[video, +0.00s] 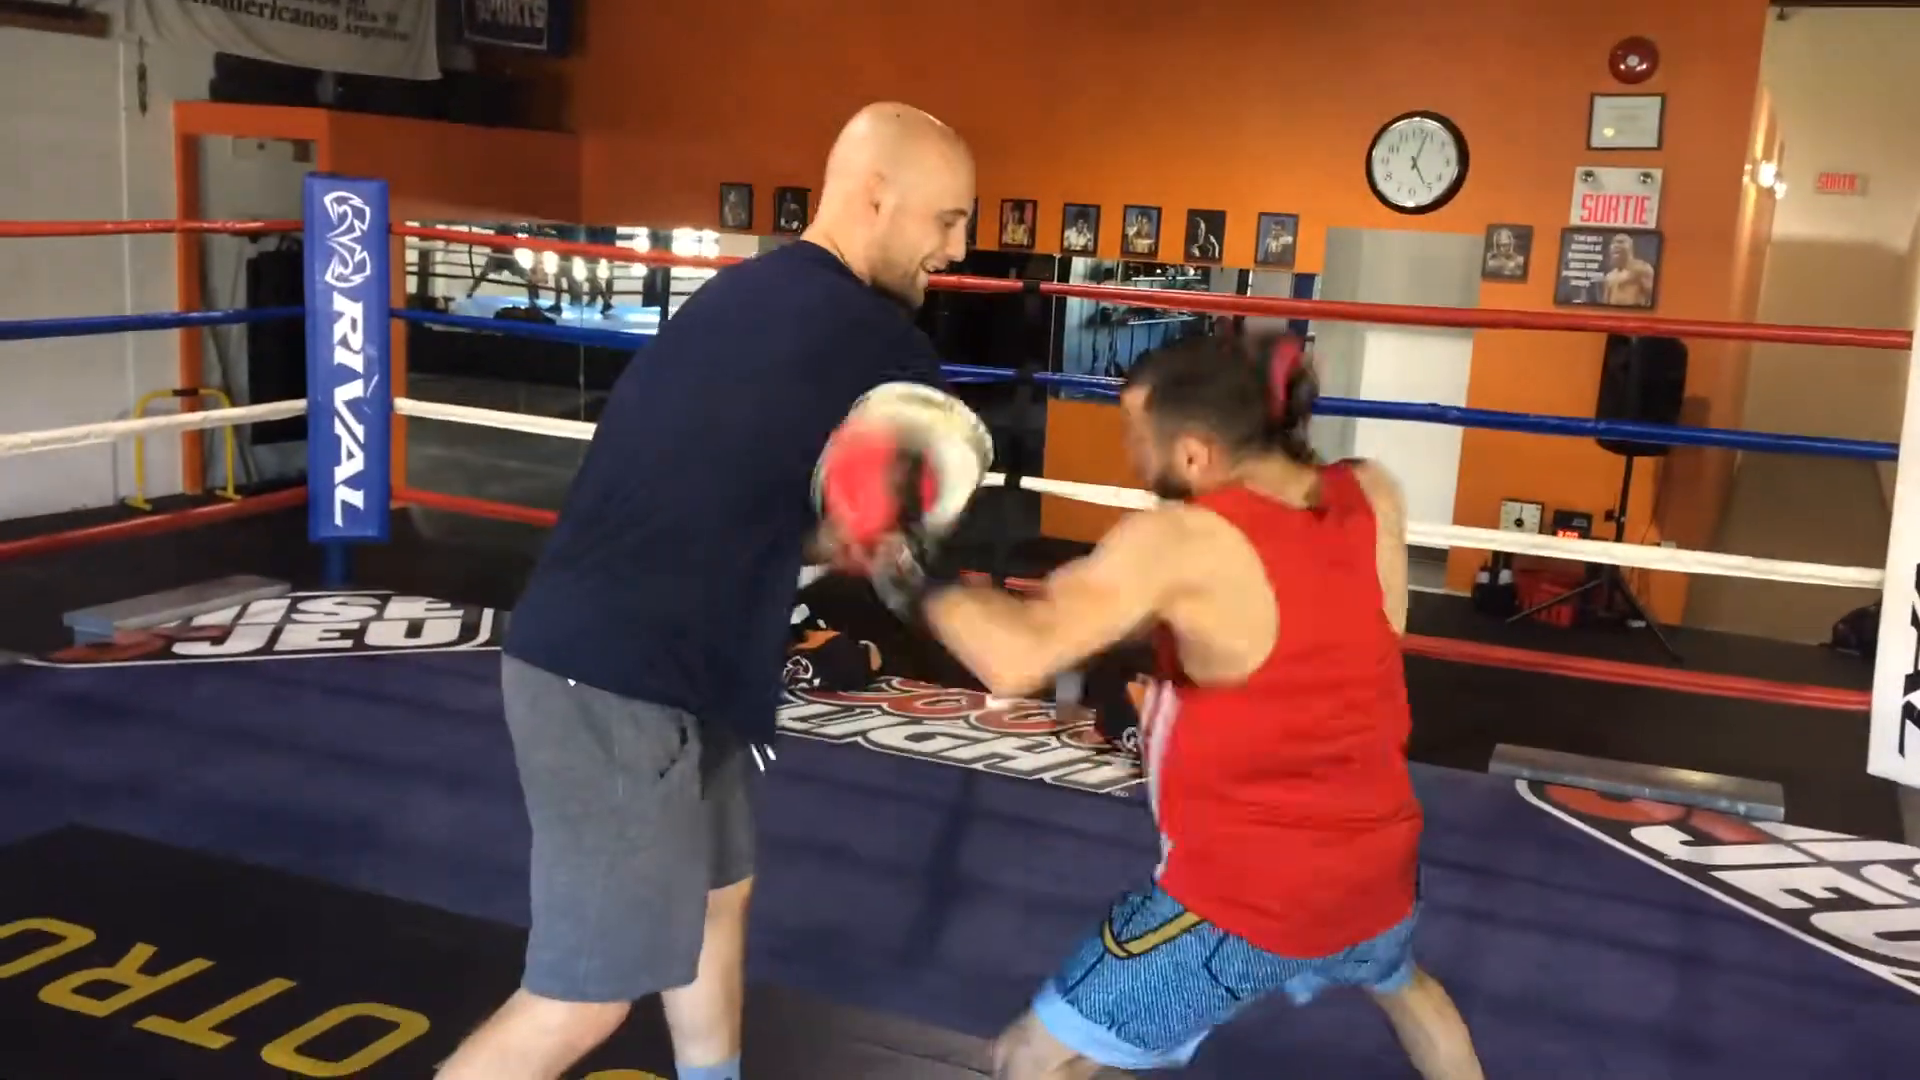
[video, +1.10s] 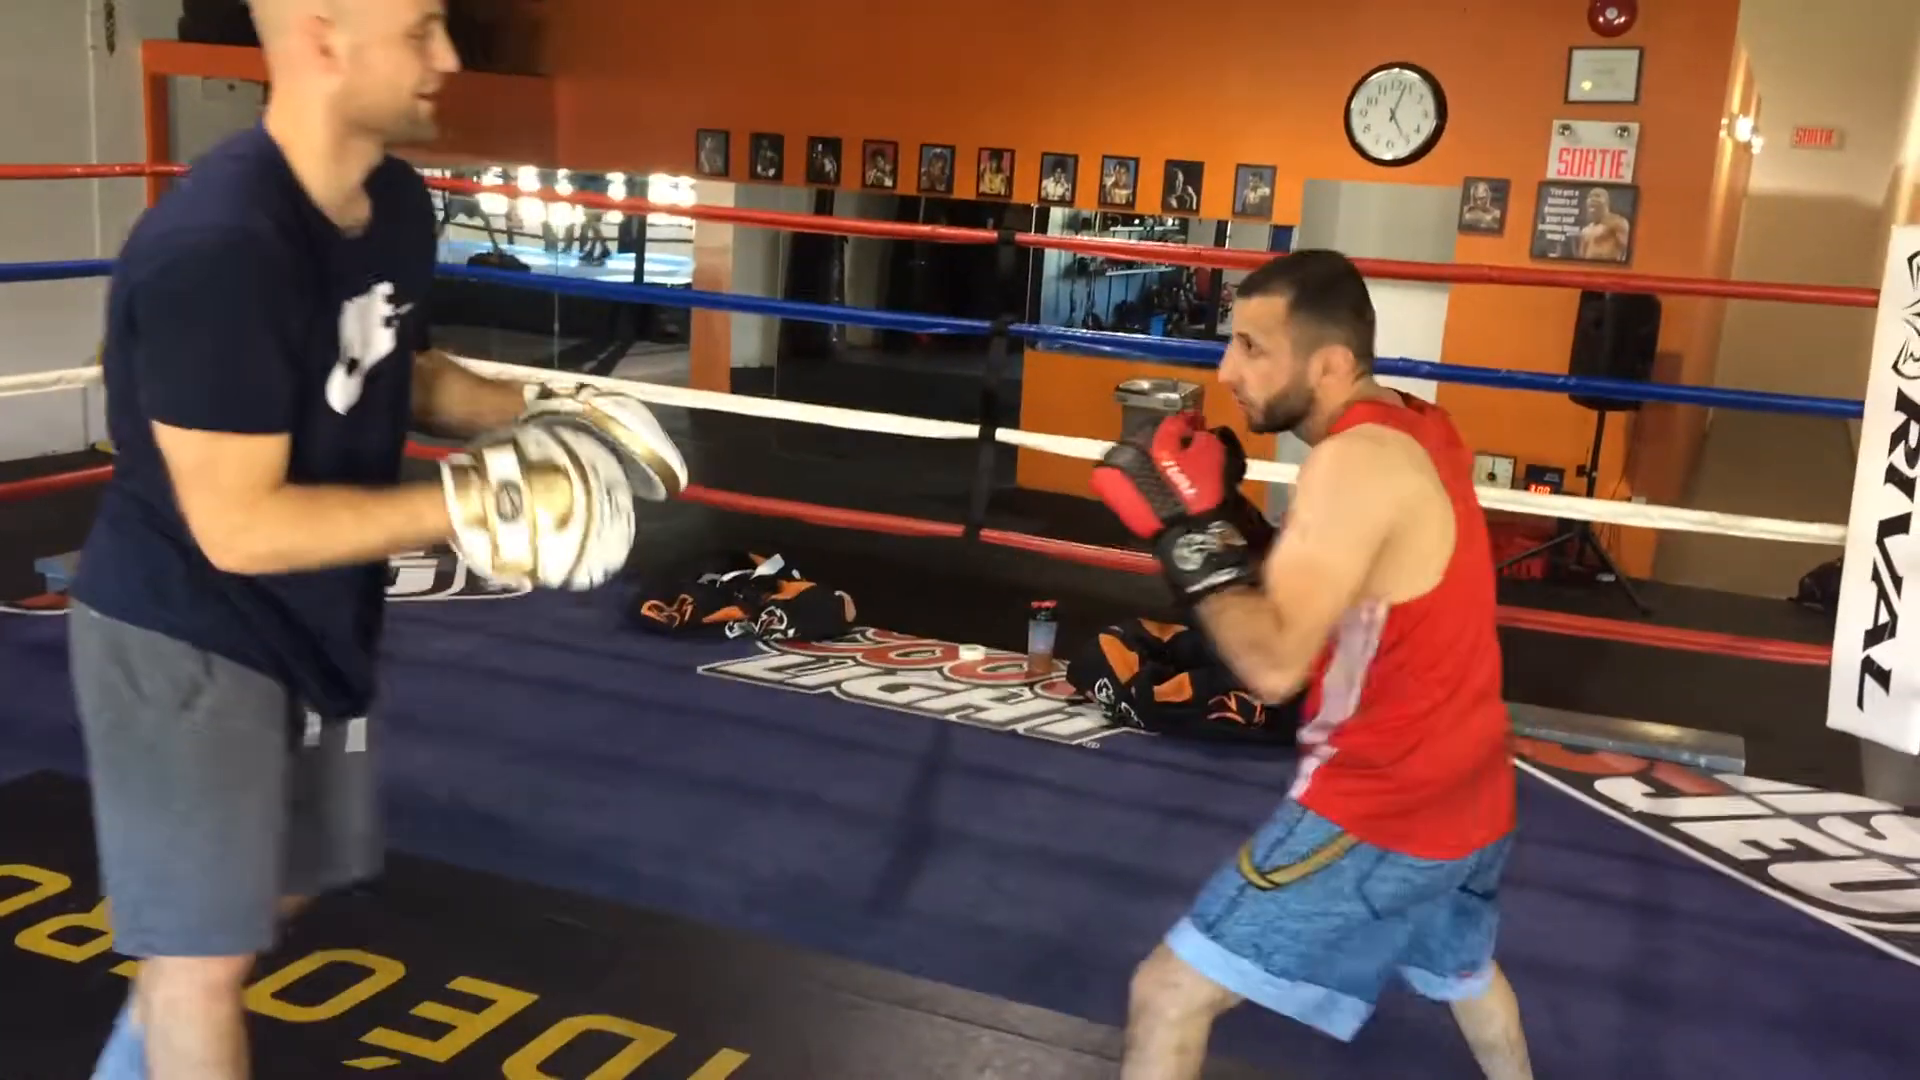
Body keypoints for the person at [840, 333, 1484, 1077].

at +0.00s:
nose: (1131, 458)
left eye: (1138, 441)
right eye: (1131, 439)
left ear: (1196, 455)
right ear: (1262, 431)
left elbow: (1013, 658)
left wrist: (914, 573)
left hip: (1244, 894)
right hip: (1378, 871)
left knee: (1031, 1059)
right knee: (1405, 987)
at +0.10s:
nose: (1134, 428)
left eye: (1146, 410)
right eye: (1136, 406)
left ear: (1208, 426)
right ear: (1269, 411)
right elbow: (1368, 625)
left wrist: (990, 652)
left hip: (1240, 868)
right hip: (1369, 846)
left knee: (1028, 1050)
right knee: (1413, 1022)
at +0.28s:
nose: (1109, 455)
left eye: (1122, 433)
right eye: (1108, 430)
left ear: (1200, 438)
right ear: (1216, 432)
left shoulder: (1250, 532)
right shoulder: (1323, 461)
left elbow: (1175, 750)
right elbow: (1185, 559)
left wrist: (1057, 625)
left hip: (1290, 884)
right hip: (1386, 855)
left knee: (1044, 1035)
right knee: (1395, 1006)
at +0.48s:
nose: (1060, 499)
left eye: (1070, 476)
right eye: (1059, 474)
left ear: (1140, 475)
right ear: (1160, 467)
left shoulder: (1196, 559)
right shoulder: (1281, 487)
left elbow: (1134, 779)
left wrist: (1048, 656)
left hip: (1342, 899)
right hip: (1441, 864)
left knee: (1075, 1029)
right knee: (1421, 978)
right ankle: (1486, 1074)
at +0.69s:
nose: (1153, 505)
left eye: (1174, 483)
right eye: (1155, 480)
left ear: (1242, 489)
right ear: (1254, 487)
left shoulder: (1275, 562)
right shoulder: (1359, 526)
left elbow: (1242, 756)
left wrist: (1141, 654)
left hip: (1385, 897)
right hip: (1476, 874)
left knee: (1117, 1032)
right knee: (1446, 971)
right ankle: (1510, 1077)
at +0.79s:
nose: (1208, 446)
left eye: (1229, 423)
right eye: (1208, 422)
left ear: (1305, 427)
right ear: (1311, 429)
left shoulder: (1341, 497)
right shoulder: (1396, 474)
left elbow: (1339, 691)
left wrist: (1224, 609)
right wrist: (1245, 600)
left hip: (1409, 846)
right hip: (1487, 829)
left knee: (1179, 1016)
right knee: (1448, 952)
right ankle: (1516, 1076)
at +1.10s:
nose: (1229, 372)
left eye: (1253, 350)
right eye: (1233, 346)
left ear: (1330, 367)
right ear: (1337, 368)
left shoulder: (1358, 463)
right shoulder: (1417, 428)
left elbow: (1274, 662)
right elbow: (1324, 601)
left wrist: (1190, 534)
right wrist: (1225, 514)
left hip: (1380, 809)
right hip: (1467, 796)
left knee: (1169, 996)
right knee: (1465, 970)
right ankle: (1515, 1078)